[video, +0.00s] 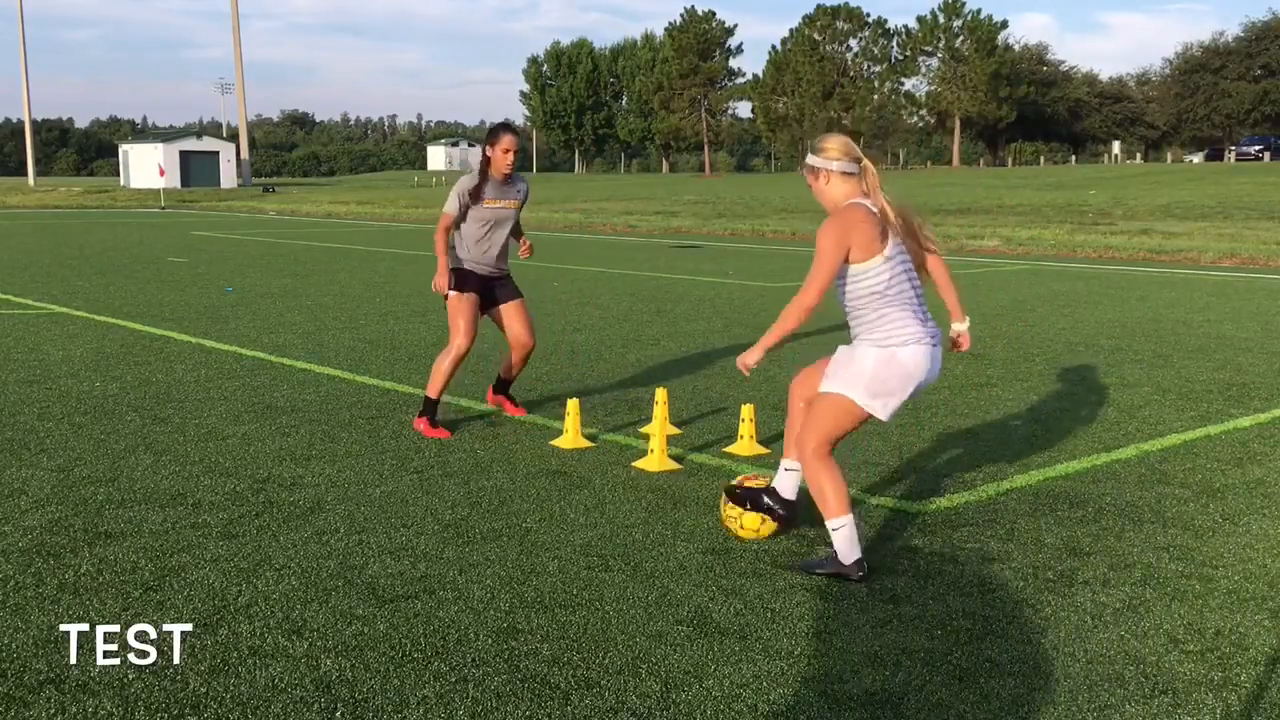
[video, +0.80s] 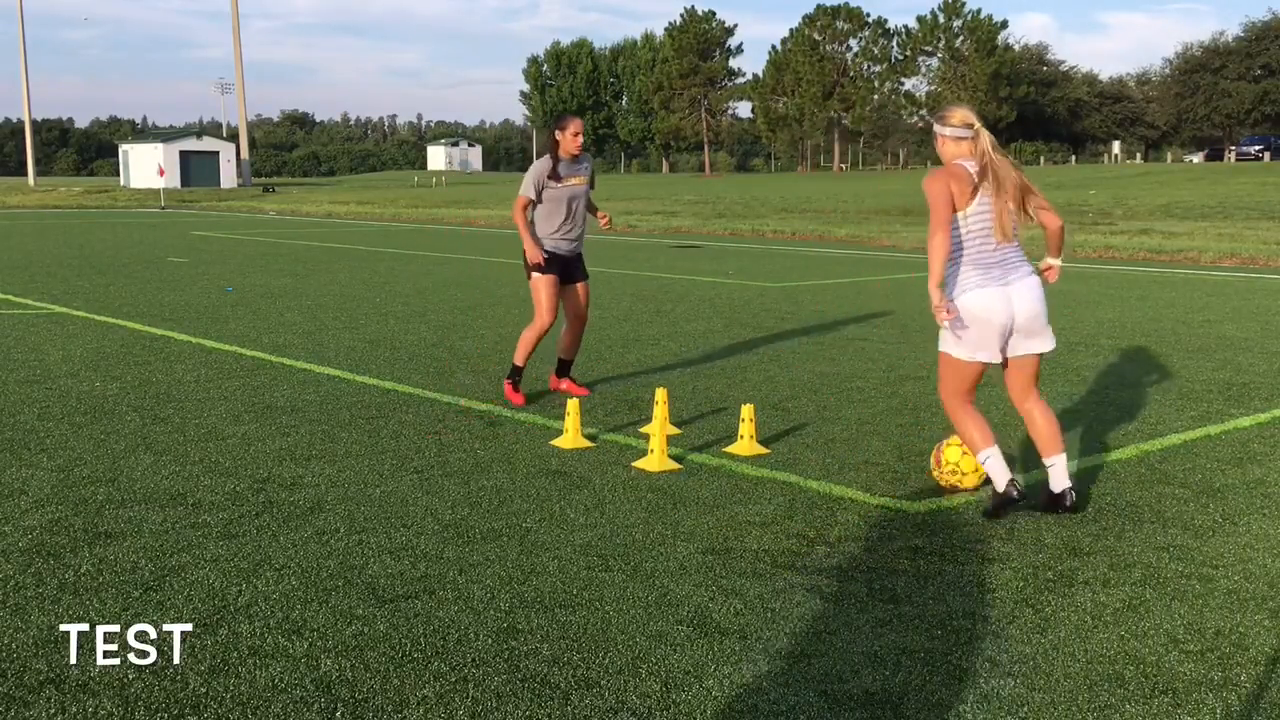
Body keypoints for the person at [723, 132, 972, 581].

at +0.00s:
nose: (811, 188)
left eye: (811, 180)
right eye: (810, 180)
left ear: (823, 177)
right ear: (856, 173)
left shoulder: (840, 224)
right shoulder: (893, 216)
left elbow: (807, 302)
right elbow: (933, 261)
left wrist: (760, 347)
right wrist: (959, 319)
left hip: (889, 354)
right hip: (919, 348)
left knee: (813, 442)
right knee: (804, 387)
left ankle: (849, 558)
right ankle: (782, 496)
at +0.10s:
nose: (828, 186)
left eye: (828, 177)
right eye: (827, 178)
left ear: (839, 173)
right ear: (873, 169)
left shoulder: (854, 219)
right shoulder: (908, 210)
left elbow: (835, 295)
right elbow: (950, 269)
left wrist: (794, 348)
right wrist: (944, 324)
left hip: (896, 349)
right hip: (934, 346)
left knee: (823, 441)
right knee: (832, 395)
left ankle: (848, 557)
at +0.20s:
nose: (847, 166)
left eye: (848, 157)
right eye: (848, 158)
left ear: (860, 155)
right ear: (892, 153)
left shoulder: (871, 195)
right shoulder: (926, 189)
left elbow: (872, 255)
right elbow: (977, 240)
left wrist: (843, 316)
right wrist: (965, 281)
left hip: (910, 326)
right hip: (956, 326)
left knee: (858, 435)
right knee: (900, 429)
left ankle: (852, 553)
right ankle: (949, 523)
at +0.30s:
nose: (866, 153)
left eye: (867, 144)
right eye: (865, 145)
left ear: (882, 139)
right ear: (910, 137)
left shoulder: (889, 174)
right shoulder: (948, 171)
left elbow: (882, 227)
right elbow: (1005, 212)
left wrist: (860, 289)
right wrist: (1018, 263)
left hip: (937, 304)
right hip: (980, 301)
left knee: (887, 414)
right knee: (912, 407)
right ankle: (942, 505)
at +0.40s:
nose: (885, 157)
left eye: (887, 149)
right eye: (885, 150)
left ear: (898, 147)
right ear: (929, 143)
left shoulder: (906, 178)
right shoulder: (970, 175)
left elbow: (891, 235)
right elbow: (1023, 223)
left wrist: (870, 293)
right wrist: (1055, 271)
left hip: (958, 304)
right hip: (997, 298)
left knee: (930, 414)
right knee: (907, 375)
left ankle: (985, 518)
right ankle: (941, 478)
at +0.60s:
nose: (917, 164)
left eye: (917, 157)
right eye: (917, 157)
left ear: (925, 156)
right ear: (959, 152)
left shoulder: (929, 194)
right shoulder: (995, 185)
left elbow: (912, 257)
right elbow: (1044, 224)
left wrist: (896, 315)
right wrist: (1077, 271)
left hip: (982, 313)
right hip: (1026, 306)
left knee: (971, 425)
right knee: (973, 395)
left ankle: (1012, 534)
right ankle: (1009, 476)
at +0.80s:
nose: (935, 146)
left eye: (935, 139)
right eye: (936, 140)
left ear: (941, 140)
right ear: (976, 137)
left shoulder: (941, 178)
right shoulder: (1005, 172)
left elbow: (941, 233)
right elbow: (1053, 222)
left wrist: (934, 286)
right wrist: (1053, 258)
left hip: (976, 299)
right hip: (1026, 292)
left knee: (956, 396)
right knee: (1027, 392)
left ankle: (1004, 484)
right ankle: (1062, 487)